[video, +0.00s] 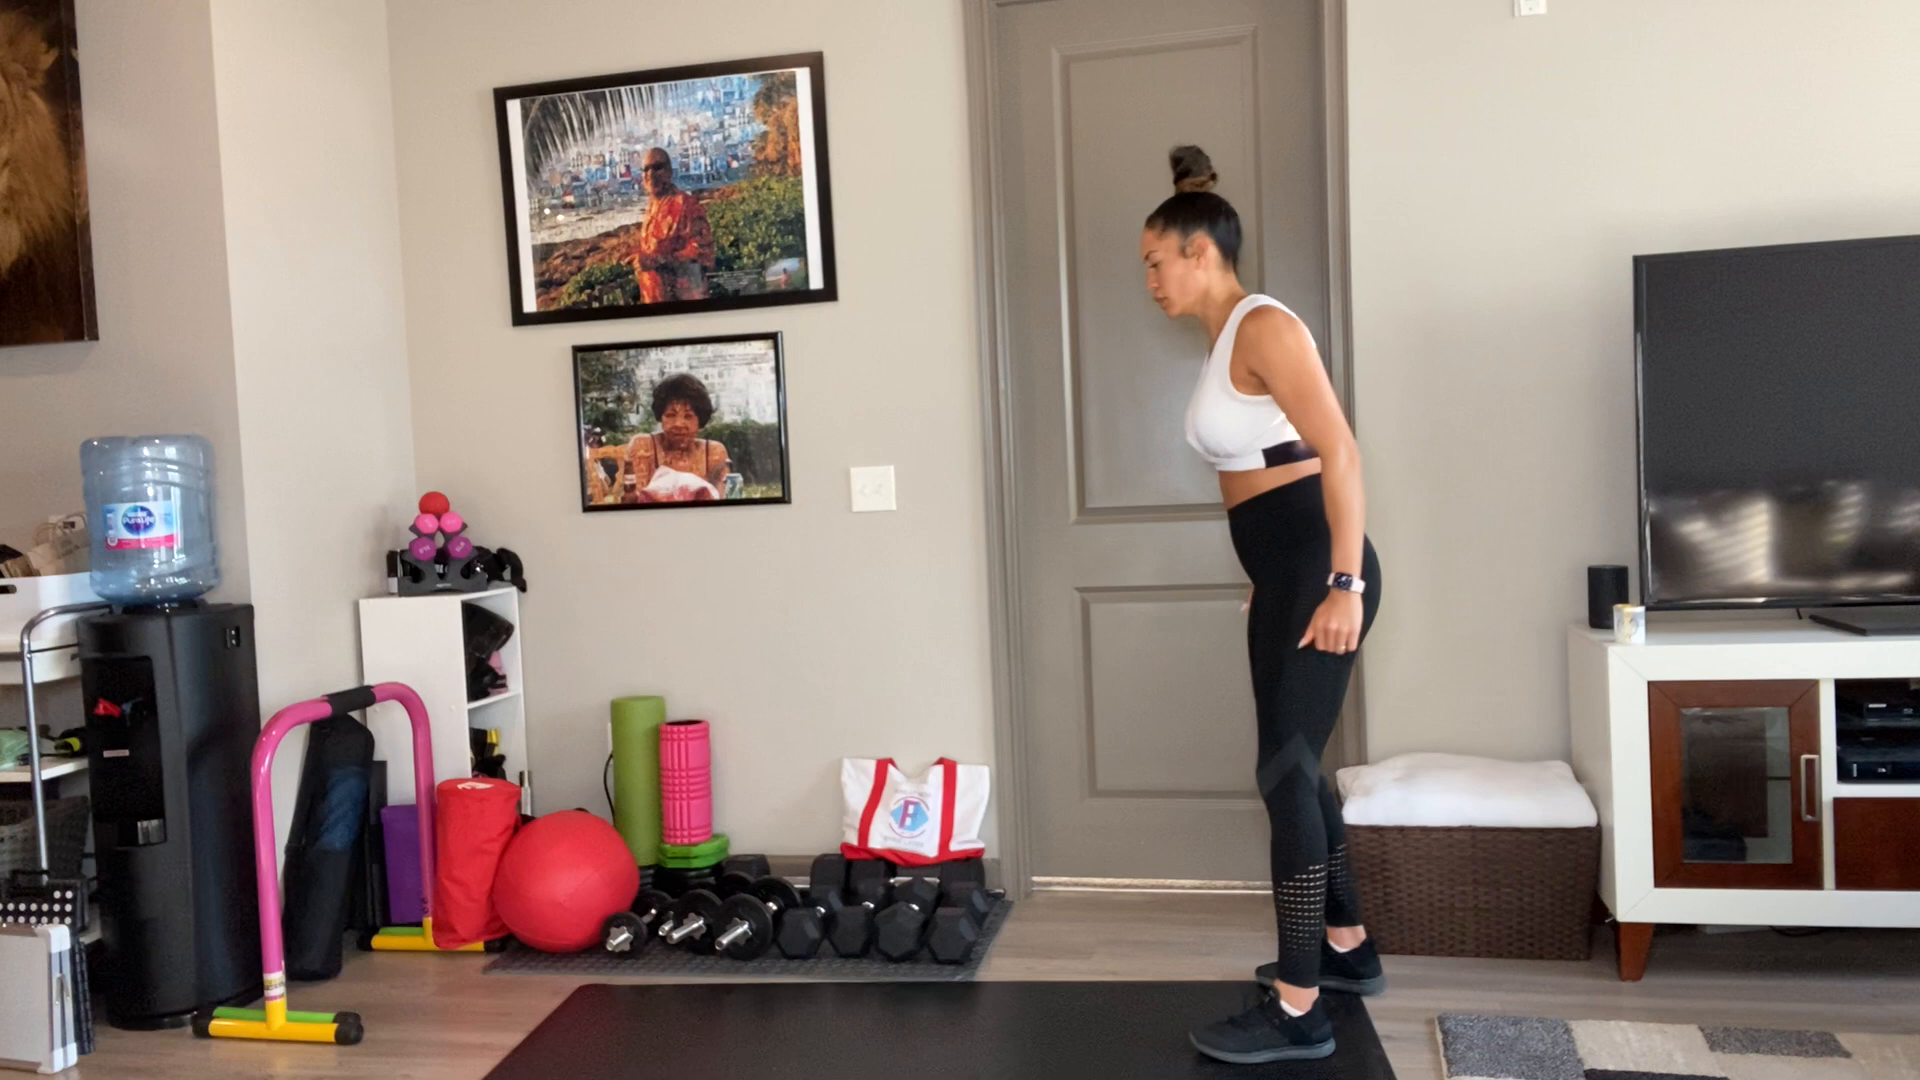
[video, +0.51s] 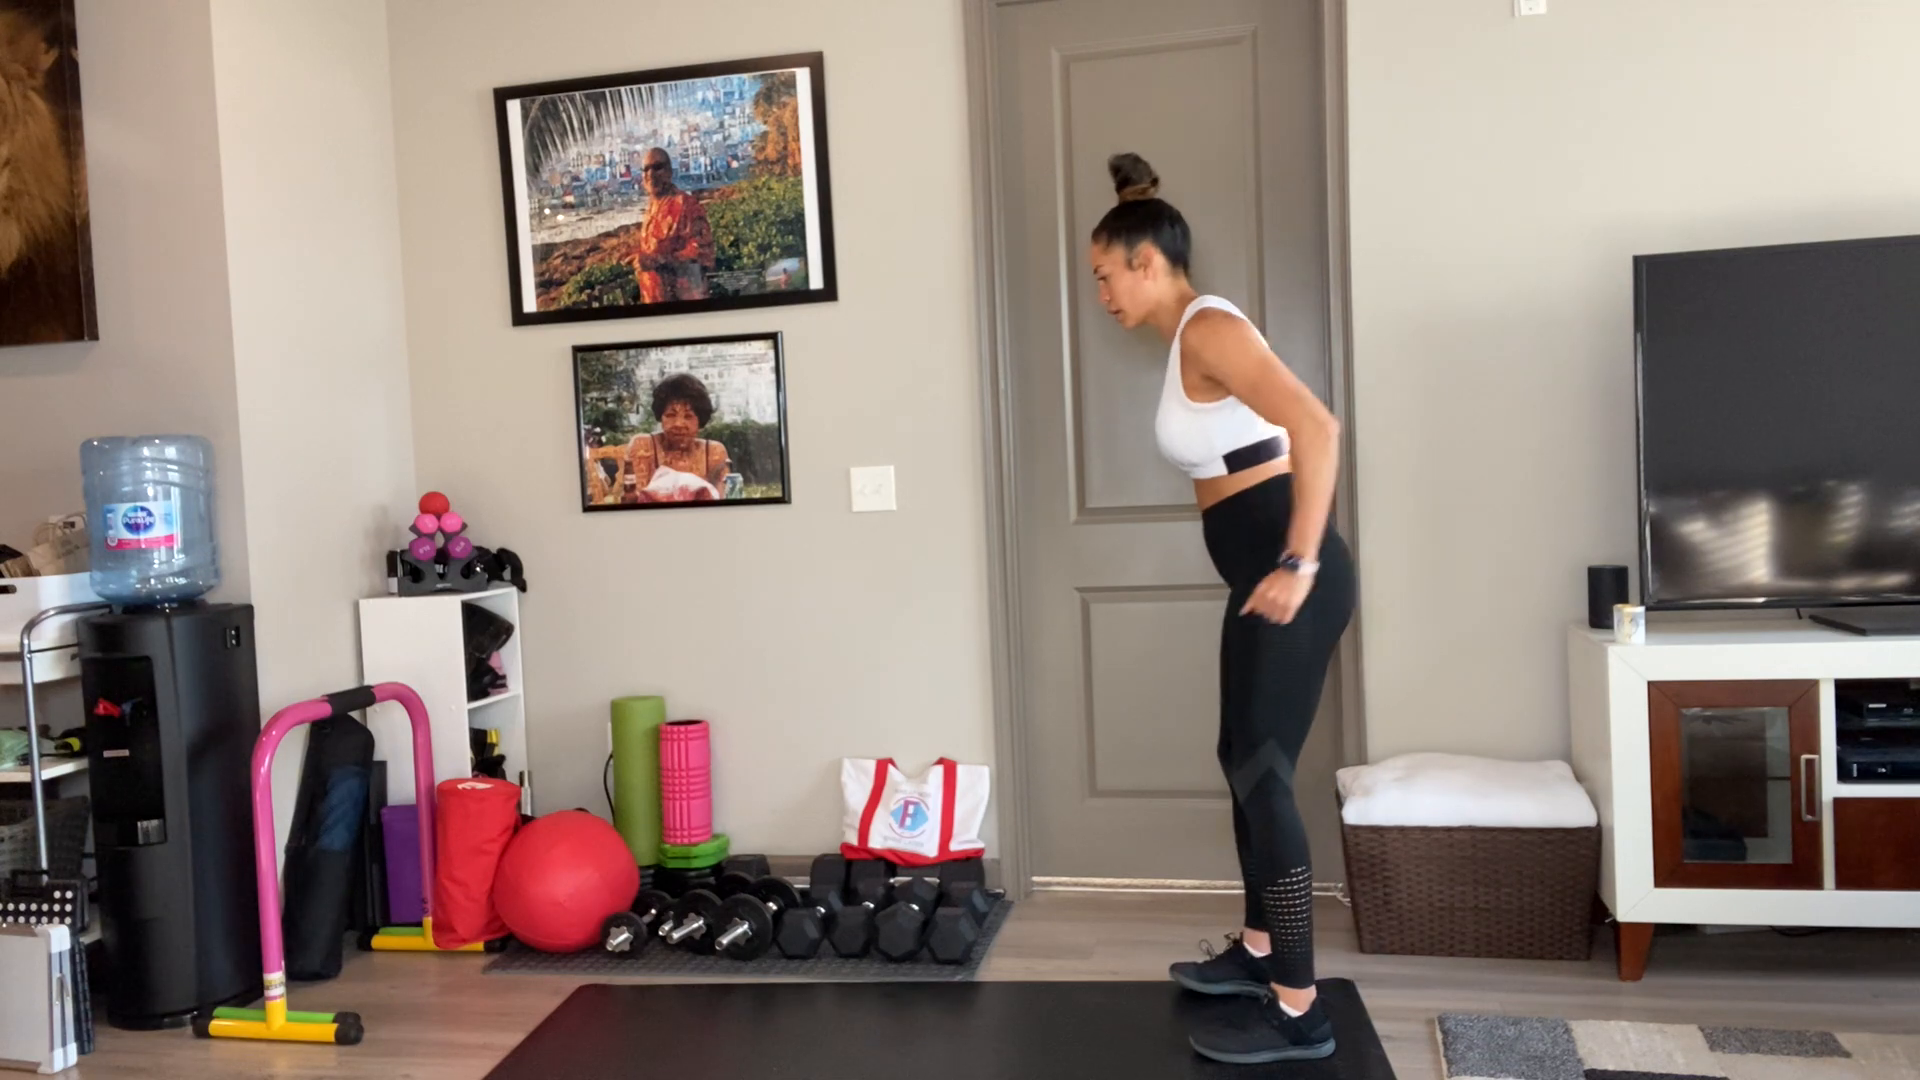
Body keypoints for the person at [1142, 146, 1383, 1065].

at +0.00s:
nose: (1150, 281)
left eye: (1159, 263)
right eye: (1147, 266)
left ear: (1207, 254)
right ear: (1196, 260)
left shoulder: (1268, 329)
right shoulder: (1227, 340)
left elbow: (1340, 452)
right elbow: (1267, 471)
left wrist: (1345, 582)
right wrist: (1264, 579)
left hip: (1316, 559)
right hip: (1282, 563)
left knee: (1286, 768)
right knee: (1293, 763)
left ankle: (1298, 1000)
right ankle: (1348, 939)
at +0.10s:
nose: (1140, 283)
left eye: (1147, 265)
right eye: (1137, 268)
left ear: (1193, 256)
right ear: (1189, 260)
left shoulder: (1256, 330)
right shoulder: (1221, 339)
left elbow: (1325, 457)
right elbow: (1262, 472)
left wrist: (1322, 588)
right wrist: (1259, 577)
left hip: (1310, 563)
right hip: (1277, 565)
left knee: (1276, 763)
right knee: (1252, 755)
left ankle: (1297, 1001)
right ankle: (1337, 925)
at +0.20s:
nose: (1130, 287)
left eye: (1136, 269)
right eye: (1127, 272)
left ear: (1181, 259)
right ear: (1182, 260)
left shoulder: (1243, 331)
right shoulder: (1213, 337)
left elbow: (1309, 457)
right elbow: (1260, 470)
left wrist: (1287, 589)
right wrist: (1252, 579)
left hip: (1309, 567)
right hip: (1273, 566)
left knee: (1269, 763)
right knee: (1236, 751)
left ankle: (1299, 1001)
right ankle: (1307, 933)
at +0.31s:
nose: (1121, 288)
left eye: (1127, 271)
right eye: (1118, 273)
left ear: (1172, 260)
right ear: (1174, 261)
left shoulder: (1231, 331)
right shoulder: (1212, 334)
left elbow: (1301, 449)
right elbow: (1306, 443)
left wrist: (1255, 581)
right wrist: (1250, 570)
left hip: (1305, 568)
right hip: (1277, 566)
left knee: (1268, 765)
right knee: (1244, 756)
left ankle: (1300, 1005)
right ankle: (1272, 942)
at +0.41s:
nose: (1112, 290)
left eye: (1118, 273)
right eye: (1109, 275)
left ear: (1163, 261)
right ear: (1164, 263)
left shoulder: (1222, 330)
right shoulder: (1203, 336)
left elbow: (1303, 446)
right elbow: (1297, 445)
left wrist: (1255, 576)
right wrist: (1248, 571)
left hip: (1297, 566)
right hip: (1267, 565)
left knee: (1266, 764)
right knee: (1246, 759)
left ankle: (1299, 1004)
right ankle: (1263, 947)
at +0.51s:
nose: (1101, 293)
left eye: (1108, 275)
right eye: (1097, 278)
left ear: (1153, 263)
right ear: (1151, 266)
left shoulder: (1211, 328)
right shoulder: (1188, 341)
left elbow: (1316, 428)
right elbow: (1276, 442)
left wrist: (1299, 562)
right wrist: (1259, 562)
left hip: (1287, 565)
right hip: (1254, 567)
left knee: (1261, 764)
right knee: (1243, 758)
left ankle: (1299, 1001)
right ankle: (1262, 945)